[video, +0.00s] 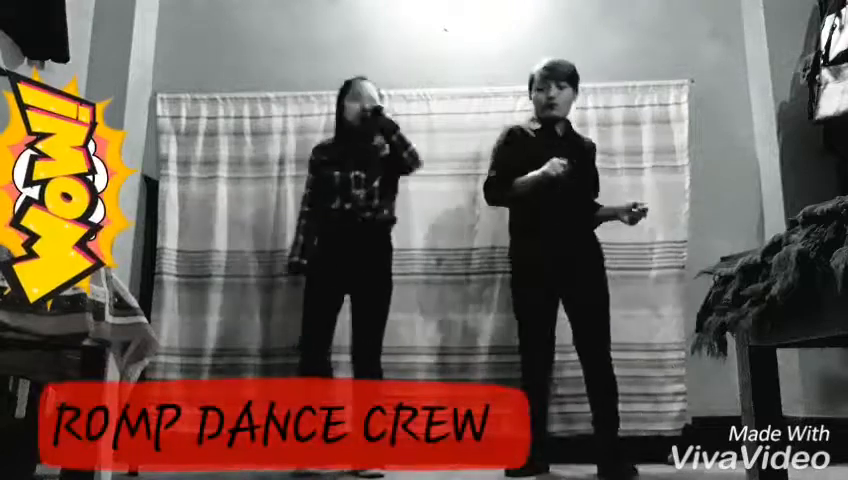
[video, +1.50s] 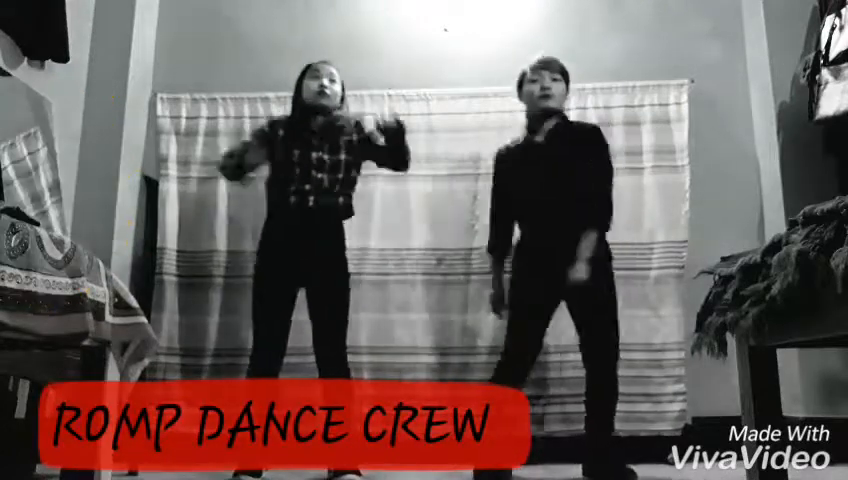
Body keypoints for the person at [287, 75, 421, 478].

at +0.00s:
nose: (361, 109)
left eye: (367, 102)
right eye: (354, 101)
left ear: (377, 107)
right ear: (341, 106)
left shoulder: (386, 148)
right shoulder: (325, 151)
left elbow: (411, 163)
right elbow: (310, 206)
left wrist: (387, 124)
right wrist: (299, 251)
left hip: (371, 258)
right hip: (327, 256)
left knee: (367, 351)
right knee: (315, 347)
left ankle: (368, 435)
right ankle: (314, 428)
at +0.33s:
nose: (344, 116)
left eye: (352, 110)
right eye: (336, 109)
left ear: (365, 118)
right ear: (327, 116)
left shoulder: (379, 160)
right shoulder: (312, 163)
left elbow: (394, 209)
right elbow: (298, 219)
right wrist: (294, 267)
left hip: (365, 267)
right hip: (325, 267)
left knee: (359, 352)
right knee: (325, 353)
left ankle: (367, 430)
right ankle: (328, 432)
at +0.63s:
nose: (352, 100)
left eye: (360, 94)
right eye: (344, 94)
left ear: (373, 104)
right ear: (332, 103)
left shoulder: (387, 156)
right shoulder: (313, 146)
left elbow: (405, 207)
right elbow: (273, 187)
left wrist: (421, 253)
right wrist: (241, 229)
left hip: (363, 261)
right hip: (319, 259)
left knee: (351, 354)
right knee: (314, 352)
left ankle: (349, 446)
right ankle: (314, 441)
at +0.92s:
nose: (316, 86)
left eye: (324, 79)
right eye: (310, 83)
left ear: (344, 89)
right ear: (304, 98)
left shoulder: (367, 129)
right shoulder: (296, 133)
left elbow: (420, 155)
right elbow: (255, 118)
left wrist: (421, 211)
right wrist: (270, 101)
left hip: (348, 244)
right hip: (303, 245)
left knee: (342, 351)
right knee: (281, 348)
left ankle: (345, 453)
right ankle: (255, 451)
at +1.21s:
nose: (325, 86)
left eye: (334, 82)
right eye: (317, 80)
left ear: (346, 98)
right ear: (302, 92)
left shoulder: (352, 140)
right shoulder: (279, 136)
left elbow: (406, 156)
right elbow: (243, 188)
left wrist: (374, 145)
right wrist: (236, 171)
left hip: (329, 257)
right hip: (281, 255)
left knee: (333, 355)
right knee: (269, 353)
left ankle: (344, 457)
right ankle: (251, 455)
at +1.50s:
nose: (324, 83)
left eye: (332, 80)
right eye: (315, 77)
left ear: (342, 95)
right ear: (299, 90)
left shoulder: (351, 132)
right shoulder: (279, 131)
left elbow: (398, 161)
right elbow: (232, 168)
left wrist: (394, 136)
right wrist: (237, 163)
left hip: (327, 249)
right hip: (279, 247)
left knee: (331, 352)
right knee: (266, 351)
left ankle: (344, 457)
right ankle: (250, 455)